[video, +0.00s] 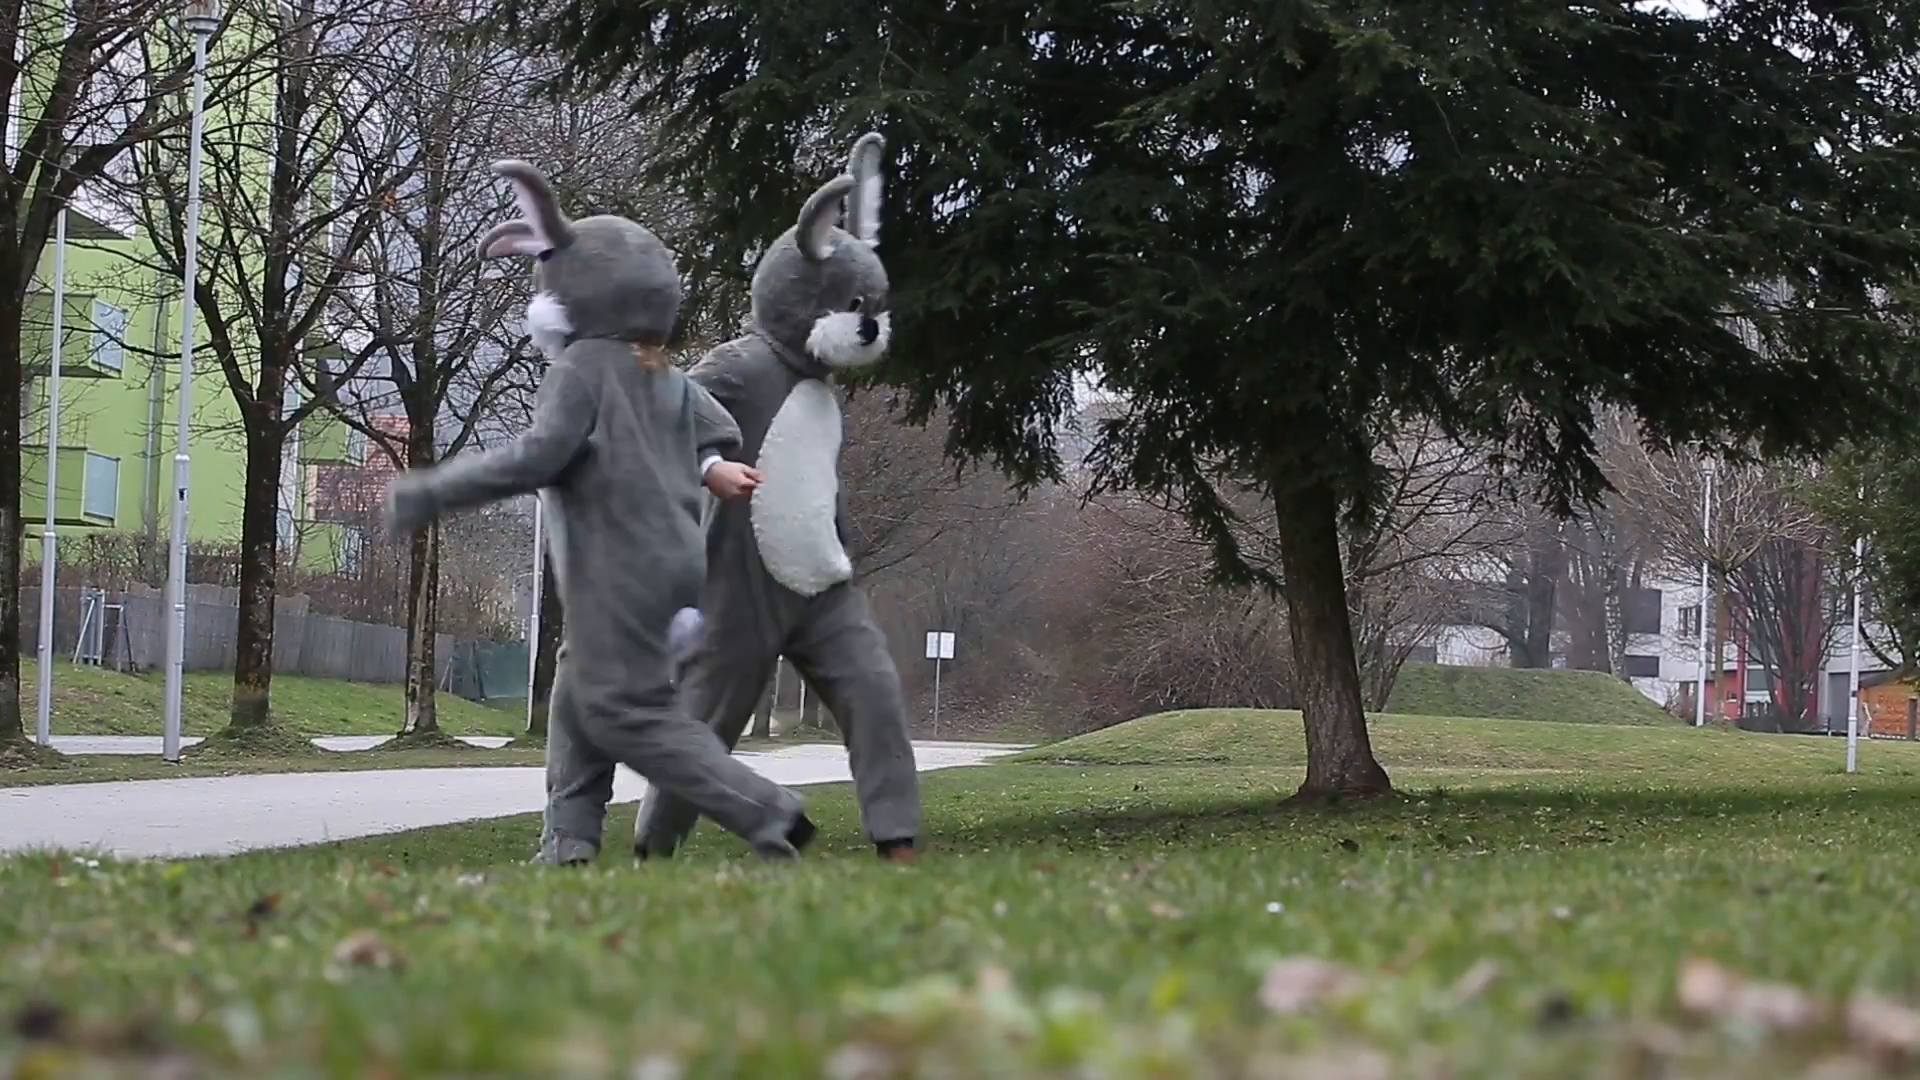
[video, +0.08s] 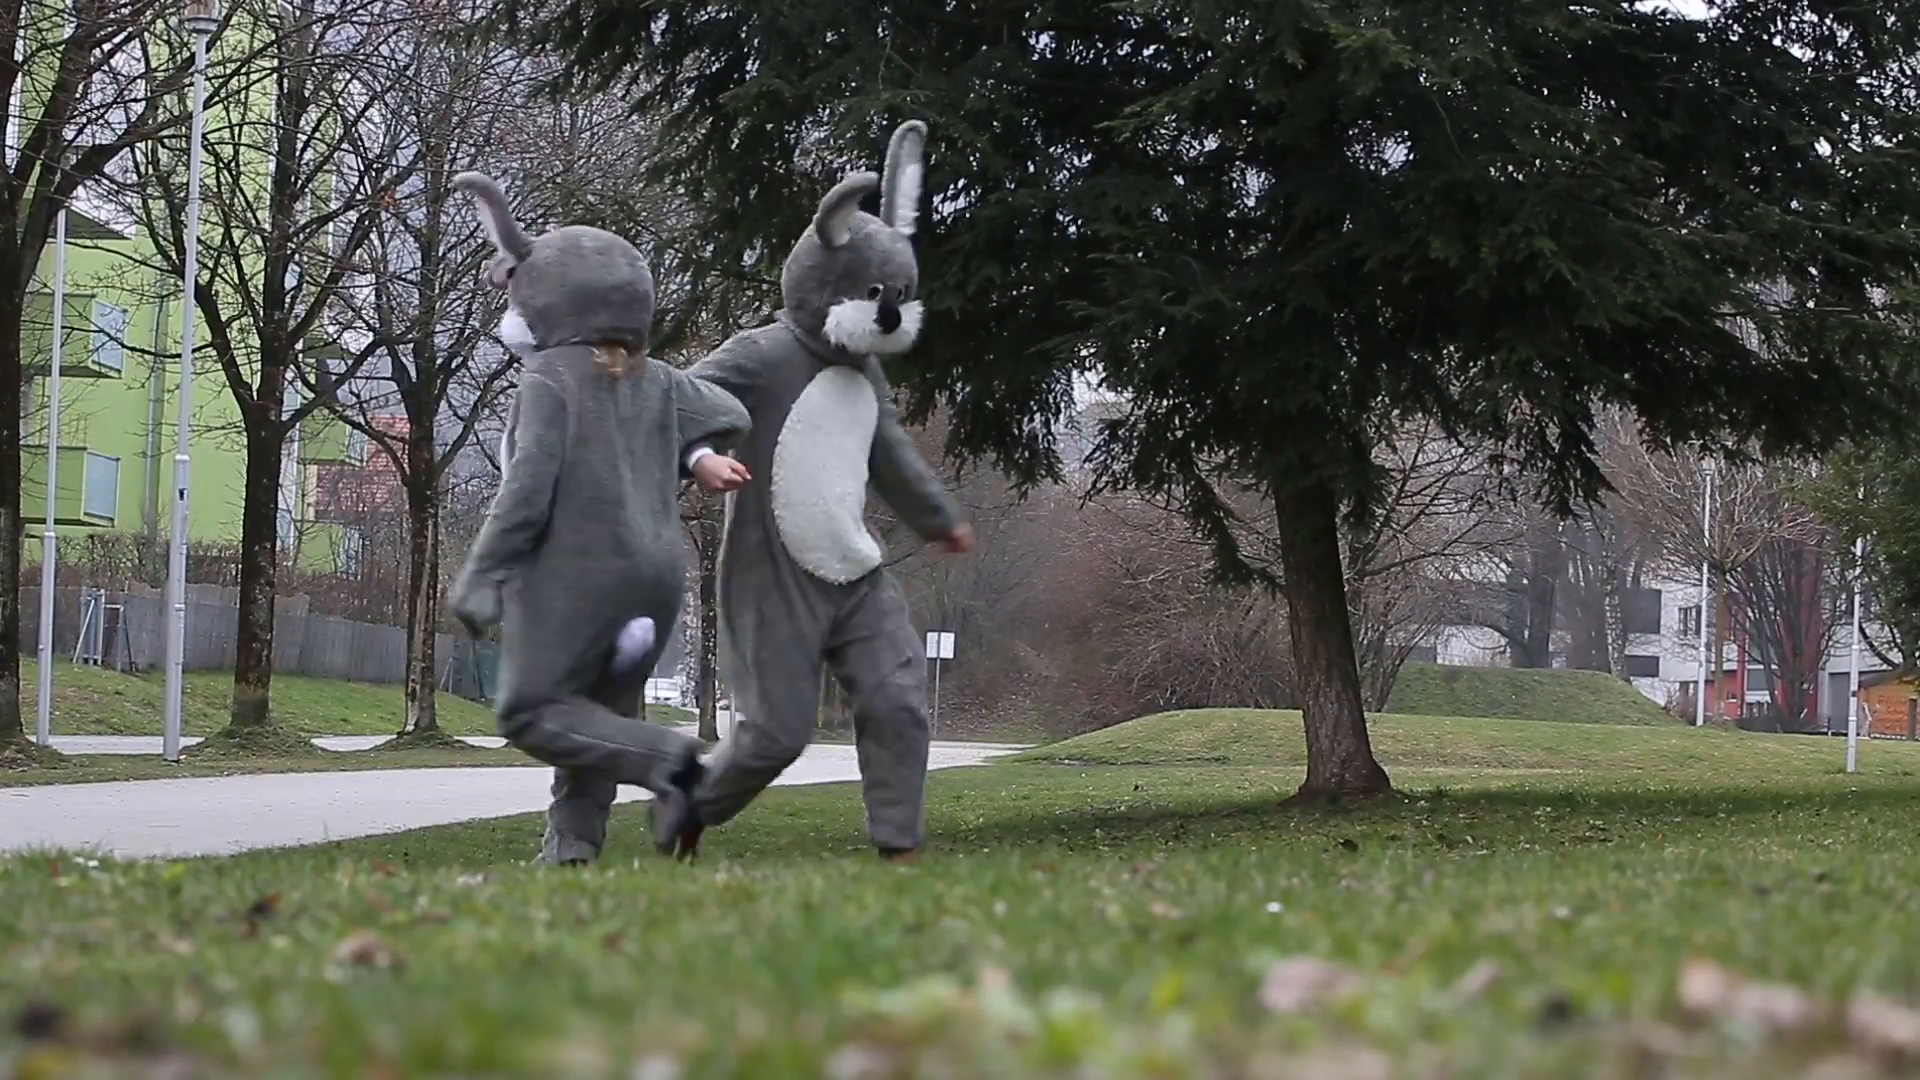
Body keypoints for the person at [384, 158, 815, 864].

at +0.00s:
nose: (543, 299)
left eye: (555, 285)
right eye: (546, 284)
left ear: (583, 294)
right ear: (649, 300)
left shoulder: (586, 365)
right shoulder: (671, 380)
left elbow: (542, 456)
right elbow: (723, 436)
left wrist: (427, 489)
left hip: (615, 573)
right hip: (674, 567)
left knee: (620, 707)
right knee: (581, 700)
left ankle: (772, 816)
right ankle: (570, 843)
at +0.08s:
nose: (515, 315)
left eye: (522, 299)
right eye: (514, 301)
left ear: (554, 303)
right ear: (630, 302)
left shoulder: (552, 375)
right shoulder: (664, 380)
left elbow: (530, 490)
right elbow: (733, 418)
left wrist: (478, 576)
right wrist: (669, 435)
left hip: (577, 569)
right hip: (657, 567)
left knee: (527, 712)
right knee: (610, 711)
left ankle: (670, 761)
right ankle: (572, 850)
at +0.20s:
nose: (506, 301)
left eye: (510, 286)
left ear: (526, 288)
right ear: (616, 284)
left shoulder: (519, 349)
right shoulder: (652, 352)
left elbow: (510, 420)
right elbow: (731, 383)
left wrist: (515, 491)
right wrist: (680, 428)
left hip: (532, 531)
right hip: (626, 546)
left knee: (468, 631)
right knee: (603, 700)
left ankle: (506, 696)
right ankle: (574, 836)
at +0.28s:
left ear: (514, 266)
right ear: (612, 266)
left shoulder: (502, 330)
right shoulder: (639, 334)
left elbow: (477, 413)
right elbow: (721, 366)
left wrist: (488, 459)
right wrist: (674, 415)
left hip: (503, 513)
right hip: (606, 524)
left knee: (480, 600)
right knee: (584, 667)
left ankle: (482, 707)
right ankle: (549, 820)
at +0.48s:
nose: (640, 307)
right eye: (633, 295)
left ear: (530, 298)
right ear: (617, 303)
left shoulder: (494, 360)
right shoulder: (625, 374)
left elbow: (398, 364)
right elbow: (695, 404)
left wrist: (305, 356)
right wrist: (676, 469)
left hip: (470, 552)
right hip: (545, 569)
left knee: (539, 693)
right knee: (506, 713)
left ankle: (530, 827)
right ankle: (415, 849)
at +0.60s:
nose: (662, 341)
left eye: (664, 329)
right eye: (657, 328)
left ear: (557, 325)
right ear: (631, 331)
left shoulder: (518, 387)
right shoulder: (629, 391)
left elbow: (430, 406)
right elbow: (685, 423)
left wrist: (353, 411)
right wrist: (691, 477)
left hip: (492, 572)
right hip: (560, 584)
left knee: (563, 712)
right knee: (519, 721)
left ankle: (539, 850)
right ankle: (417, 851)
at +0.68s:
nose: (674, 334)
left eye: (672, 320)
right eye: (666, 319)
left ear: (579, 326)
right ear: (639, 322)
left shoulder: (546, 401)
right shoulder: (633, 386)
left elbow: (484, 460)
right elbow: (699, 415)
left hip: (525, 567)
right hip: (581, 575)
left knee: (563, 717)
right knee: (591, 720)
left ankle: (538, 856)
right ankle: (458, 816)